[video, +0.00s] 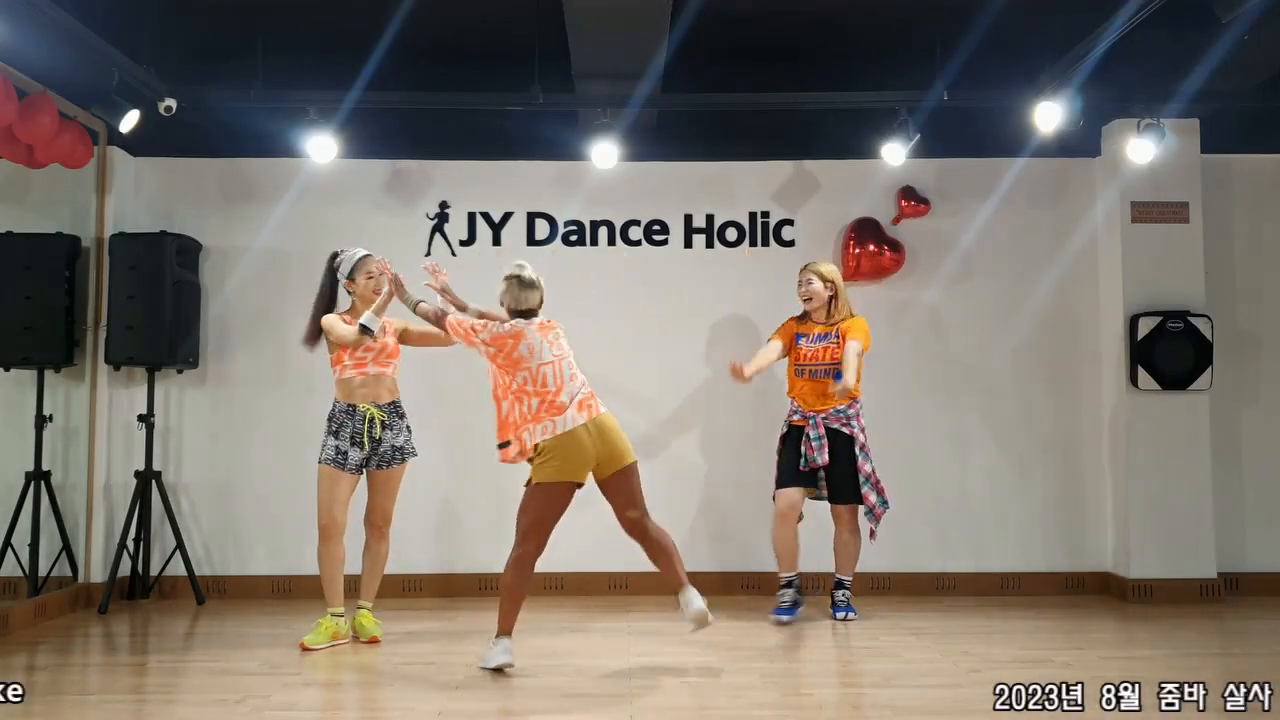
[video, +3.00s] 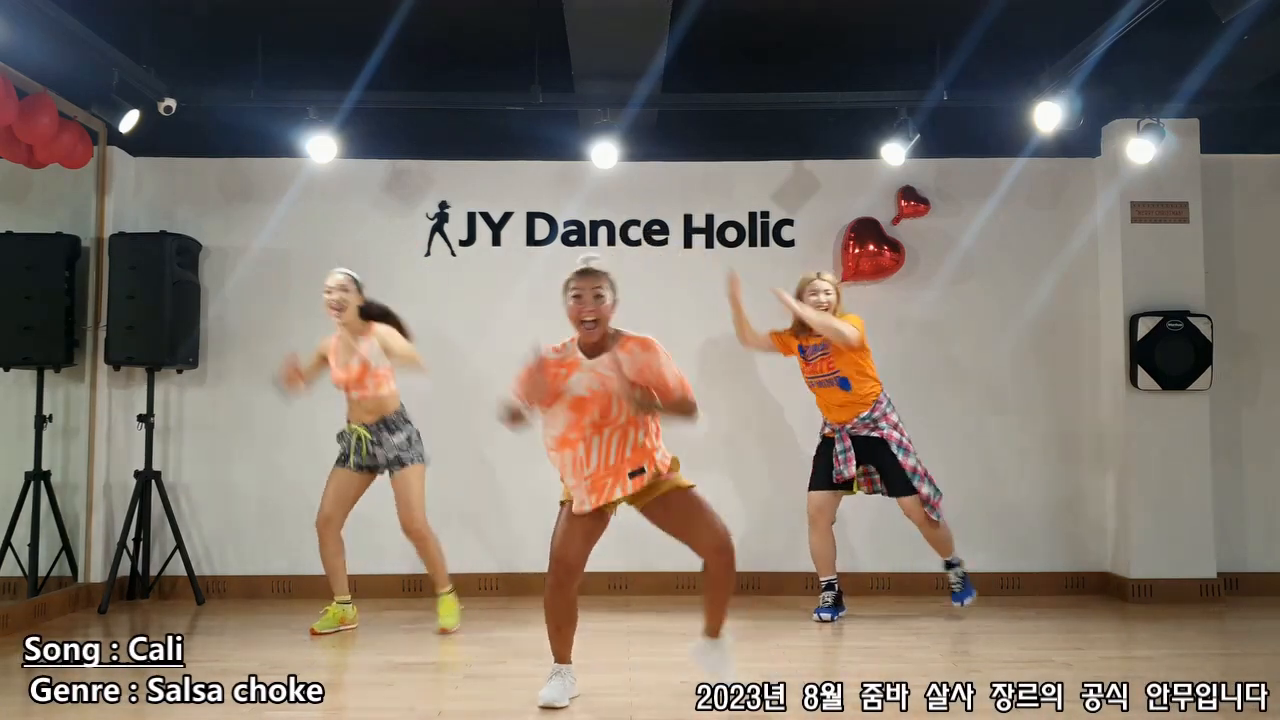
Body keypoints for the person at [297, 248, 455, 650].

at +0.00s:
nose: (380, 282)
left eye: (383, 276)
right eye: (369, 276)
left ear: (389, 284)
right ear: (349, 285)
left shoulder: (395, 326)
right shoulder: (332, 321)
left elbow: (450, 336)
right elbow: (354, 338)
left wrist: (445, 300)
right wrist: (385, 300)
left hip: (391, 424)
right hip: (345, 424)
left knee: (379, 525)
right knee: (330, 525)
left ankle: (364, 611)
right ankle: (335, 617)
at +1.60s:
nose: (364, 277)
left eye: (372, 271)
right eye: (356, 272)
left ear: (382, 281)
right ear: (346, 282)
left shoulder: (399, 324)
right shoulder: (332, 320)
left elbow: (400, 346)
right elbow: (330, 351)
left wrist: (382, 315)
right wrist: (357, 317)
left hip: (386, 424)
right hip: (341, 423)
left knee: (378, 523)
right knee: (330, 526)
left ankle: (366, 608)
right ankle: (341, 599)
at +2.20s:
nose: (333, 277)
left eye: (340, 271)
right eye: (327, 272)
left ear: (355, 281)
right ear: (321, 283)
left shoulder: (370, 321)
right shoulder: (315, 322)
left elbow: (388, 333)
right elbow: (268, 345)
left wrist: (353, 302)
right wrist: (297, 304)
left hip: (368, 422)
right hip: (326, 423)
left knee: (348, 509)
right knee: (327, 518)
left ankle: (363, 586)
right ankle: (341, 602)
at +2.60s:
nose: (306, 294)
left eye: (315, 287)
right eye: (302, 289)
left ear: (336, 291)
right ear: (301, 297)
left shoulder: (359, 326)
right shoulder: (309, 339)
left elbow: (400, 322)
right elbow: (273, 354)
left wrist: (372, 328)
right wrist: (271, 367)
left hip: (371, 429)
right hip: (332, 435)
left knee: (382, 515)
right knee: (323, 522)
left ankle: (396, 582)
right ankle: (342, 604)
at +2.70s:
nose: (306, 288)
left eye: (313, 282)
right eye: (306, 283)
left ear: (336, 285)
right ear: (311, 289)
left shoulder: (355, 317)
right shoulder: (311, 325)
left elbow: (372, 276)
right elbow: (269, 314)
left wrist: (329, 258)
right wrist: (259, 284)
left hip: (375, 418)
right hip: (338, 426)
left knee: (408, 505)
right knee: (332, 518)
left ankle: (440, 581)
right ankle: (343, 603)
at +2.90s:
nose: (318, 288)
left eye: (326, 280)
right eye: (314, 282)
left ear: (348, 287)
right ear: (313, 290)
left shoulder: (363, 324)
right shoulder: (322, 328)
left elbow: (364, 294)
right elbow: (275, 321)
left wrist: (316, 269)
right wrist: (257, 291)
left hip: (389, 420)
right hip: (353, 428)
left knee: (422, 512)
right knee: (333, 516)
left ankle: (462, 588)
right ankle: (343, 604)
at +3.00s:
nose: (334, 298)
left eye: (343, 291)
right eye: (328, 291)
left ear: (360, 297)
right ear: (323, 298)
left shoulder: (379, 332)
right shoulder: (329, 345)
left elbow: (416, 362)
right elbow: (301, 383)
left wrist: (377, 361)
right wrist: (293, 375)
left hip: (396, 433)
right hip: (358, 438)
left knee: (413, 523)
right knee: (327, 522)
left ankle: (446, 595)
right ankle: (342, 605)